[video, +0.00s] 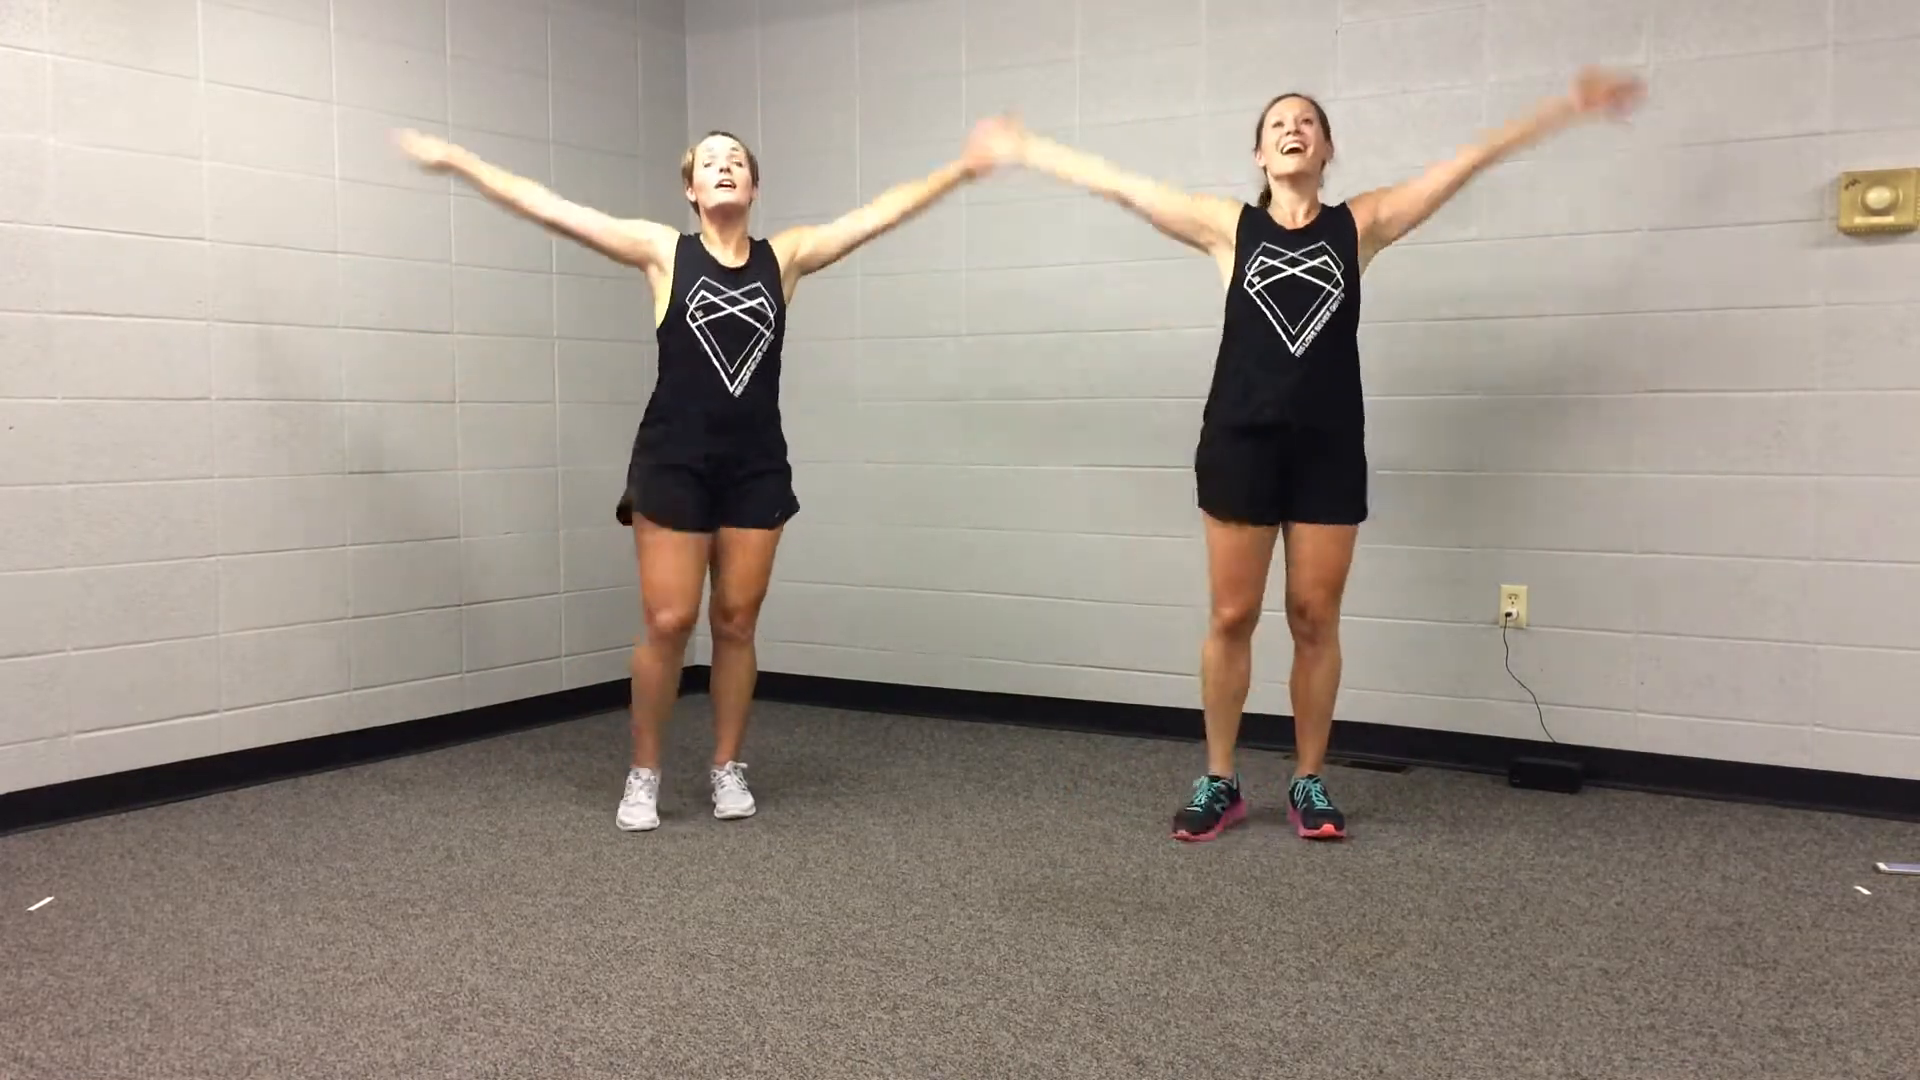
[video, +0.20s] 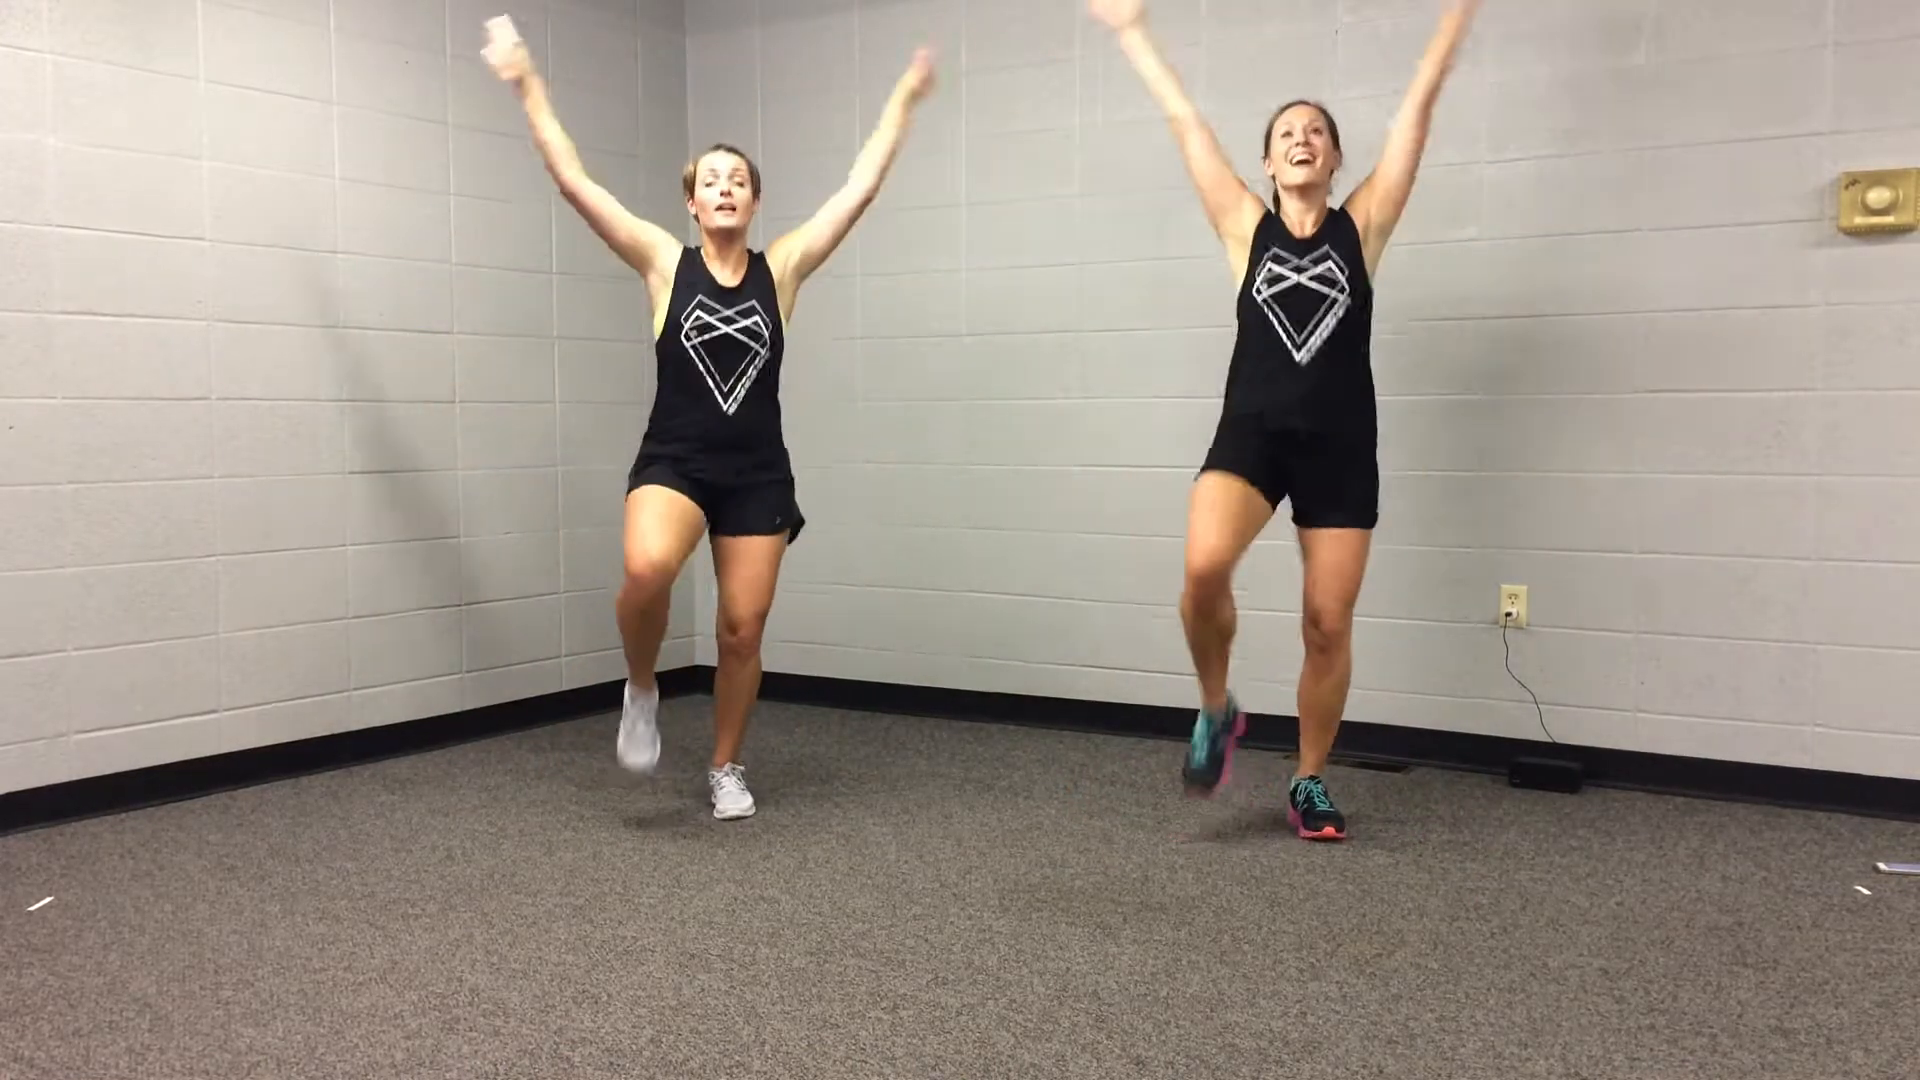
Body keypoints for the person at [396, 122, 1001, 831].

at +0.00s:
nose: (724, 167)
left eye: (736, 161)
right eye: (709, 163)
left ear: (755, 188)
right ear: (689, 192)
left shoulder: (785, 255)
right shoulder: (663, 250)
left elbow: (877, 214)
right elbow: (554, 209)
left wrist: (962, 168)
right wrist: (461, 160)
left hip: (756, 467)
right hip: (672, 465)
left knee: (736, 621)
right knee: (669, 621)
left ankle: (727, 768)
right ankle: (645, 774)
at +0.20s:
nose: (726, 192)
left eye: (738, 183)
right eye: (713, 182)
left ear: (756, 201)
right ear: (690, 200)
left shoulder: (782, 267)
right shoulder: (664, 261)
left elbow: (861, 187)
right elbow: (574, 180)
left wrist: (904, 99)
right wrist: (527, 81)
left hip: (756, 473)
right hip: (674, 465)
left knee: (743, 628)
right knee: (645, 573)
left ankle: (726, 765)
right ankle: (641, 697)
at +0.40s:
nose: (723, 182)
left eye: (734, 173)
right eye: (709, 172)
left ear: (753, 188)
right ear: (689, 189)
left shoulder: (779, 257)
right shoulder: (661, 252)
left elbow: (855, 212)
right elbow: (574, 203)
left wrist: (813, 119)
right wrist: (629, 118)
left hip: (751, 459)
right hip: (668, 452)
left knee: (732, 618)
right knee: (648, 598)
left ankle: (722, 765)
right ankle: (639, 746)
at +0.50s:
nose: (725, 193)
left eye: (737, 183)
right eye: (713, 181)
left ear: (753, 196)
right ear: (689, 192)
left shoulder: (773, 269)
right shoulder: (663, 261)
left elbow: (837, 261)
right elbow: (585, 248)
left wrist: (778, 181)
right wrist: (664, 175)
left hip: (748, 472)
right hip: (665, 469)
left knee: (732, 623)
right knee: (658, 624)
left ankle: (724, 769)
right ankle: (637, 775)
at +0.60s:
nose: (720, 198)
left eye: (733, 187)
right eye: (708, 186)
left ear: (752, 197)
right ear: (689, 196)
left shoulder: (779, 272)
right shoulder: (661, 269)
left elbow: (817, 342)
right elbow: (586, 317)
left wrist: (751, 279)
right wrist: (680, 249)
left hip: (749, 467)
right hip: (667, 462)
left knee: (733, 623)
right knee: (643, 609)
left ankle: (724, 767)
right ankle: (633, 764)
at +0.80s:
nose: (719, 213)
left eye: (732, 201)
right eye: (707, 200)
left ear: (751, 209)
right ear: (689, 207)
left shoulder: (779, 287)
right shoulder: (653, 277)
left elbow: (778, 383)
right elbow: (558, 334)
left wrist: (703, 318)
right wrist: (589, 271)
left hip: (747, 473)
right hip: (665, 463)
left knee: (737, 630)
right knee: (636, 566)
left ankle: (724, 767)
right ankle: (641, 686)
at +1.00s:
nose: (712, 206)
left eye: (725, 193)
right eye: (700, 193)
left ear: (745, 199)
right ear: (681, 196)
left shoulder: (771, 266)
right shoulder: (646, 260)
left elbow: (748, 358)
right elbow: (549, 289)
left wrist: (660, 318)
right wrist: (504, 223)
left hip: (735, 468)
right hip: (654, 465)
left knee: (722, 621)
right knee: (655, 626)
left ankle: (725, 766)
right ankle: (654, 772)